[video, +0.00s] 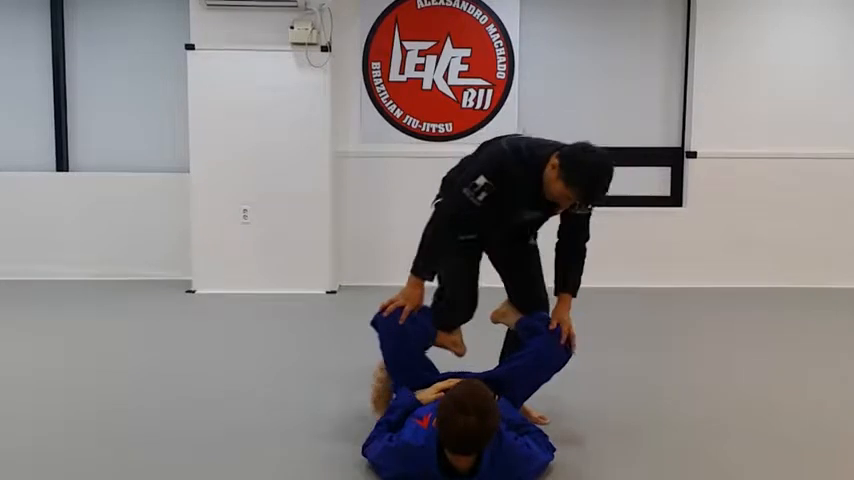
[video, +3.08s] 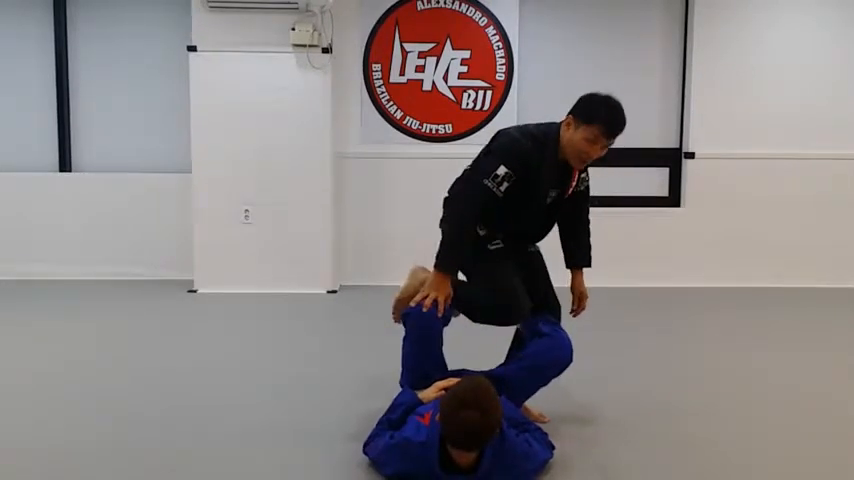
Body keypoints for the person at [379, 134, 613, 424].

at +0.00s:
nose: (566, 207)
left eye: (576, 203)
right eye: (566, 196)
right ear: (553, 167)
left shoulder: (581, 183)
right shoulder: (501, 160)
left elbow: (573, 239)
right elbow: (446, 215)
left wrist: (564, 304)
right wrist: (416, 283)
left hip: (513, 229)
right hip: (464, 221)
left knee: (534, 311)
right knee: (458, 308)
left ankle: (509, 398)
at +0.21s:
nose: (575, 198)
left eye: (584, 194)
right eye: (574, 187)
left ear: (595, 189)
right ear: (563, 160)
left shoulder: (587, 180)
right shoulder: (513, 156)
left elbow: (580, 233)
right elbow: (458, 213)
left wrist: (571, 292)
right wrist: (425, 281)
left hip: (520, 231)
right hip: (472, 220)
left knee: (535, 311)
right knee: (483, 295)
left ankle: (508, 398)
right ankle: (403, 318)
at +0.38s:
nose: (577, 193)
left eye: (586, 189)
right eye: (576, 182)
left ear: (598, 183)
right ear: (566, 154)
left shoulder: (588, 175)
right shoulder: (517, 153)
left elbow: (584, 228)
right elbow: (462, 211)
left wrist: (575, 286)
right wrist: (430, 279)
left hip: (526, 234)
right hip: (478, 223)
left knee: (538, 316)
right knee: (502, 295)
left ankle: (510, 399)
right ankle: (431, 291)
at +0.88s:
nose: (581, 186)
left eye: (589, 181)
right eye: (580, 175)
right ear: (568, 147)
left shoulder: (583, 171)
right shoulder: (517, 154)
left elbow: (576, 220)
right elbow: (464, 212)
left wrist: (557, 273)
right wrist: (433, 282)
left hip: (522, 237)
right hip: (478, 230)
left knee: (542, 311)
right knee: (519, 305)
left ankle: (508, 396)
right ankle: (458, 320)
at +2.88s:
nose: (582, 163)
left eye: (591, 159)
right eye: (582, 152)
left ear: (601, 155)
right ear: (567, 127)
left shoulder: (577, 163)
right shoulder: (513, 141)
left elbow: (576, 214)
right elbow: (461, 197)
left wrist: (575, 270)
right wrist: (438, 269)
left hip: (517, 240)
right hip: (473, 234)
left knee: (542, 314)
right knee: (511, 299)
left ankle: (505, 395)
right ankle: (435, 282)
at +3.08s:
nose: (595, 152)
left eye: (603, 147)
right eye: (591, 141)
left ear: (608, 147)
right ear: (568, 125)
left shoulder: (577, 166)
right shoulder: (516, 145)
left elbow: (575, 218)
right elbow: (463, 202)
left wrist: (577, 275)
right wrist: (443, 274)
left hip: (517, 242)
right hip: (474, 236)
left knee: (546, 316)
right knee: (509, 310)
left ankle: (506, 398)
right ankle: (431, 287)